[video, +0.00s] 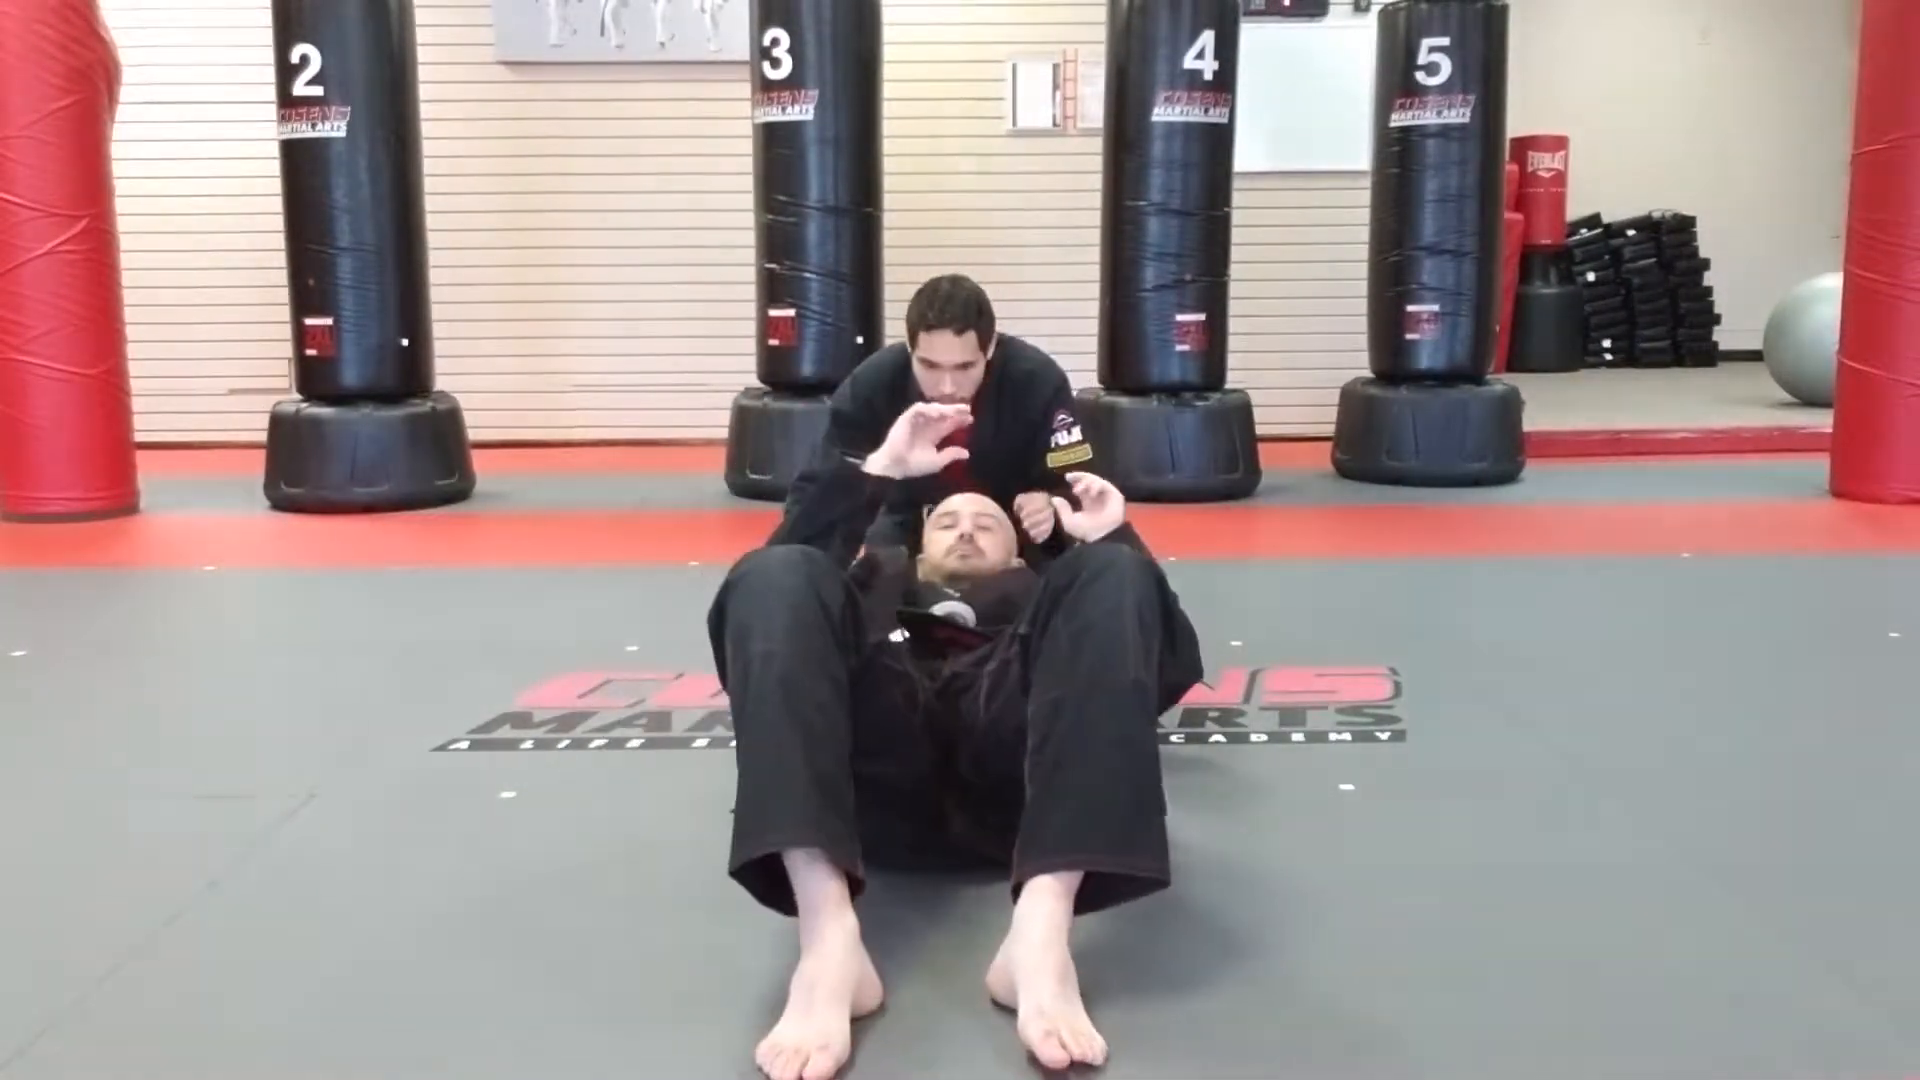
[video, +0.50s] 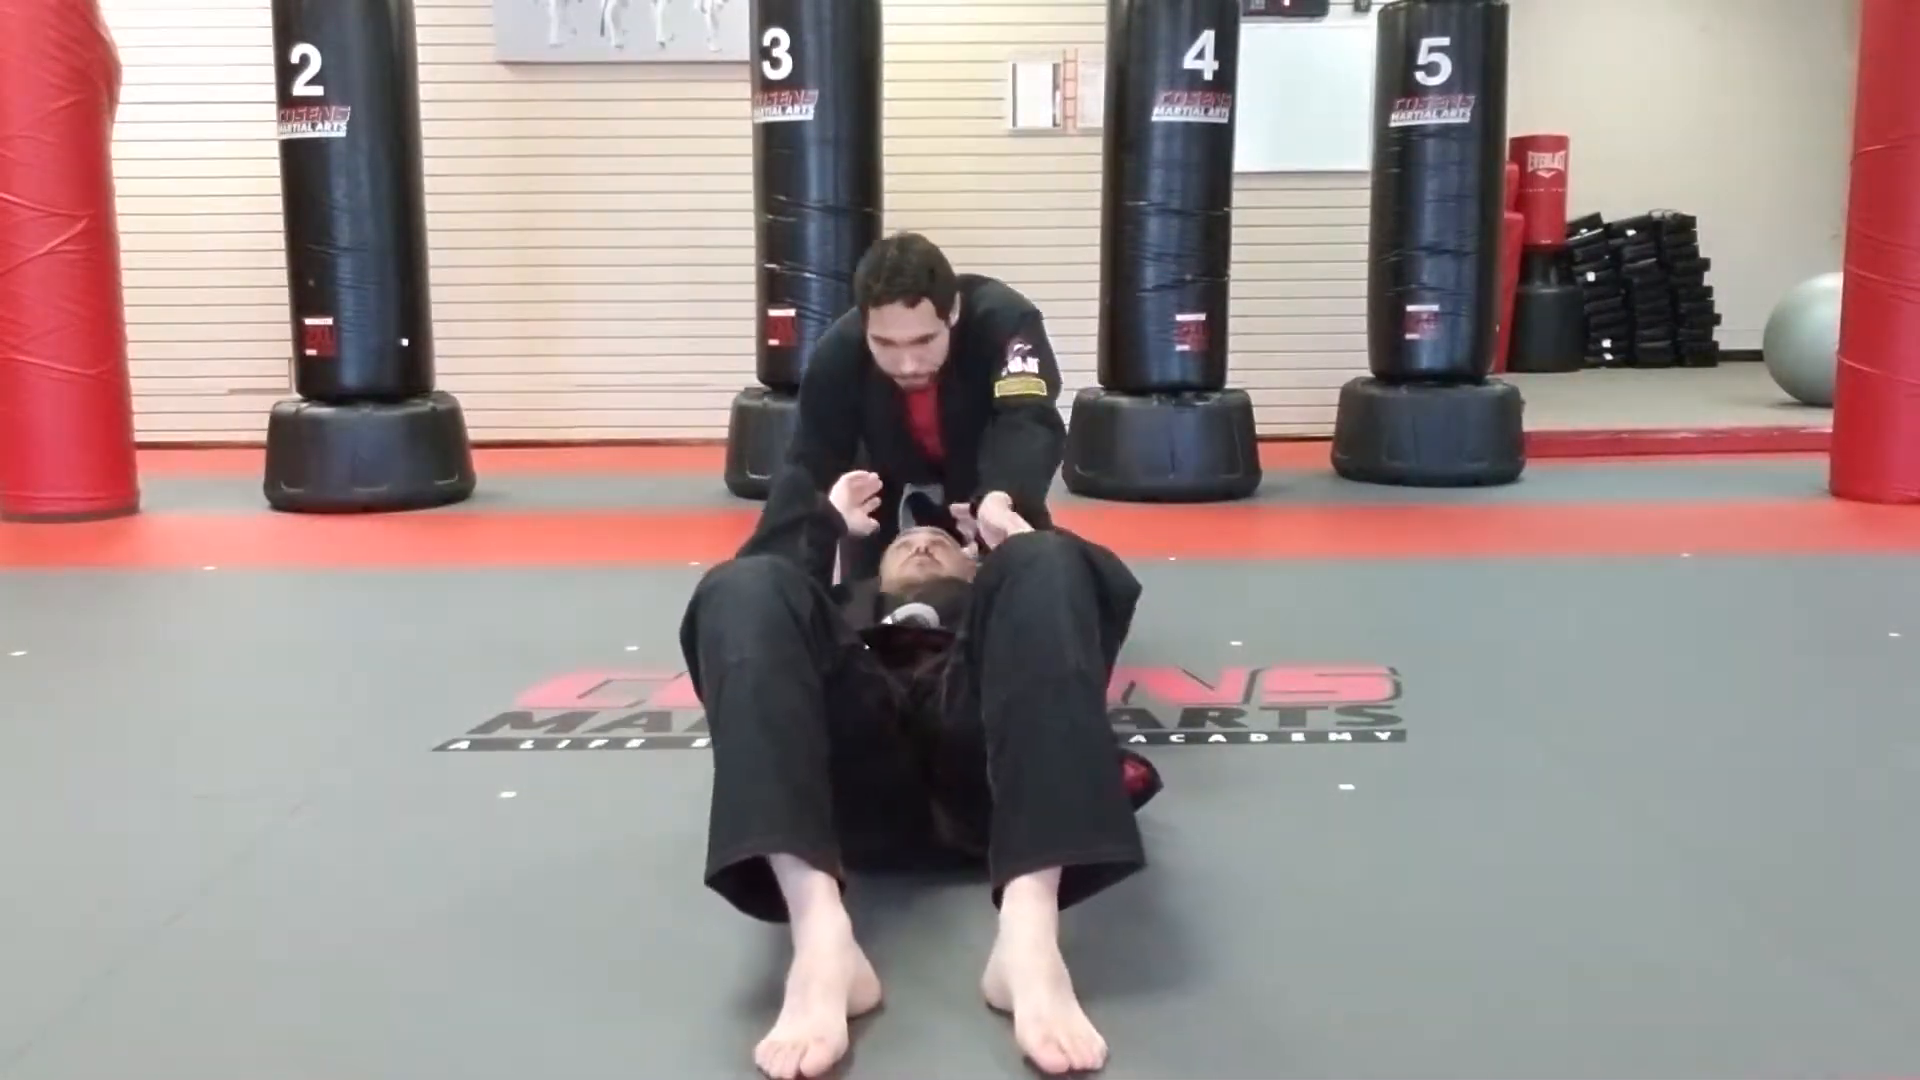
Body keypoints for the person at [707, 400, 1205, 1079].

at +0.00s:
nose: (965, 529)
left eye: (987, 523)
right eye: (944, 523)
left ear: (1021, 553)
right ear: (915, 554)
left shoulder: (1055, 590)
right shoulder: (871, 589)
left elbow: (1170, 675)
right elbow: (779, 581)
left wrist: (1114, 538)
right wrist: (880, 468)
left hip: (1026, 779)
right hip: (877, 772)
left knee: (1114, 570)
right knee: (774, 579)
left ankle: (1042, 935)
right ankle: (828, 940)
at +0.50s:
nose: (923, 544)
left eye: (945, 544)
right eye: (904, 545)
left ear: (978, 577)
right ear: (871, 578)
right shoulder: (826, 619)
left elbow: (1114, 592)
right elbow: (757, 584)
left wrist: (1016, 544)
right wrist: (828, 525)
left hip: (994, 793)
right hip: (844, 795)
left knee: (1049, 564)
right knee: (743, 589)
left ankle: (1030, 938)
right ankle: (822, 940)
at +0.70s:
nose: (871, 378)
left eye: (889, 356)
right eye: (852, 359)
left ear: (919, 328)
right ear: (827, 337)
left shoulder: (969, 354)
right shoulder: (797, 379)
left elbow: (1029, 485)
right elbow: (776, 542)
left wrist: (986, 539)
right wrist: (841, 534)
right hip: (843, 604)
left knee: (1041, 559)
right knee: (726, 593)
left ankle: (1027, 931)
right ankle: (818, 936)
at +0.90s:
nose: (875, 440)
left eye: (894, 420)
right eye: (856, 420)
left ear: (929, 385)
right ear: (828, 386)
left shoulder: (974, 405)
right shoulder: (789, 403)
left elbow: (1021, 554)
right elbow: (754, 549)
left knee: (1046, 560)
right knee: (730, 591)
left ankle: (1027, 928)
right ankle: (817, 934)